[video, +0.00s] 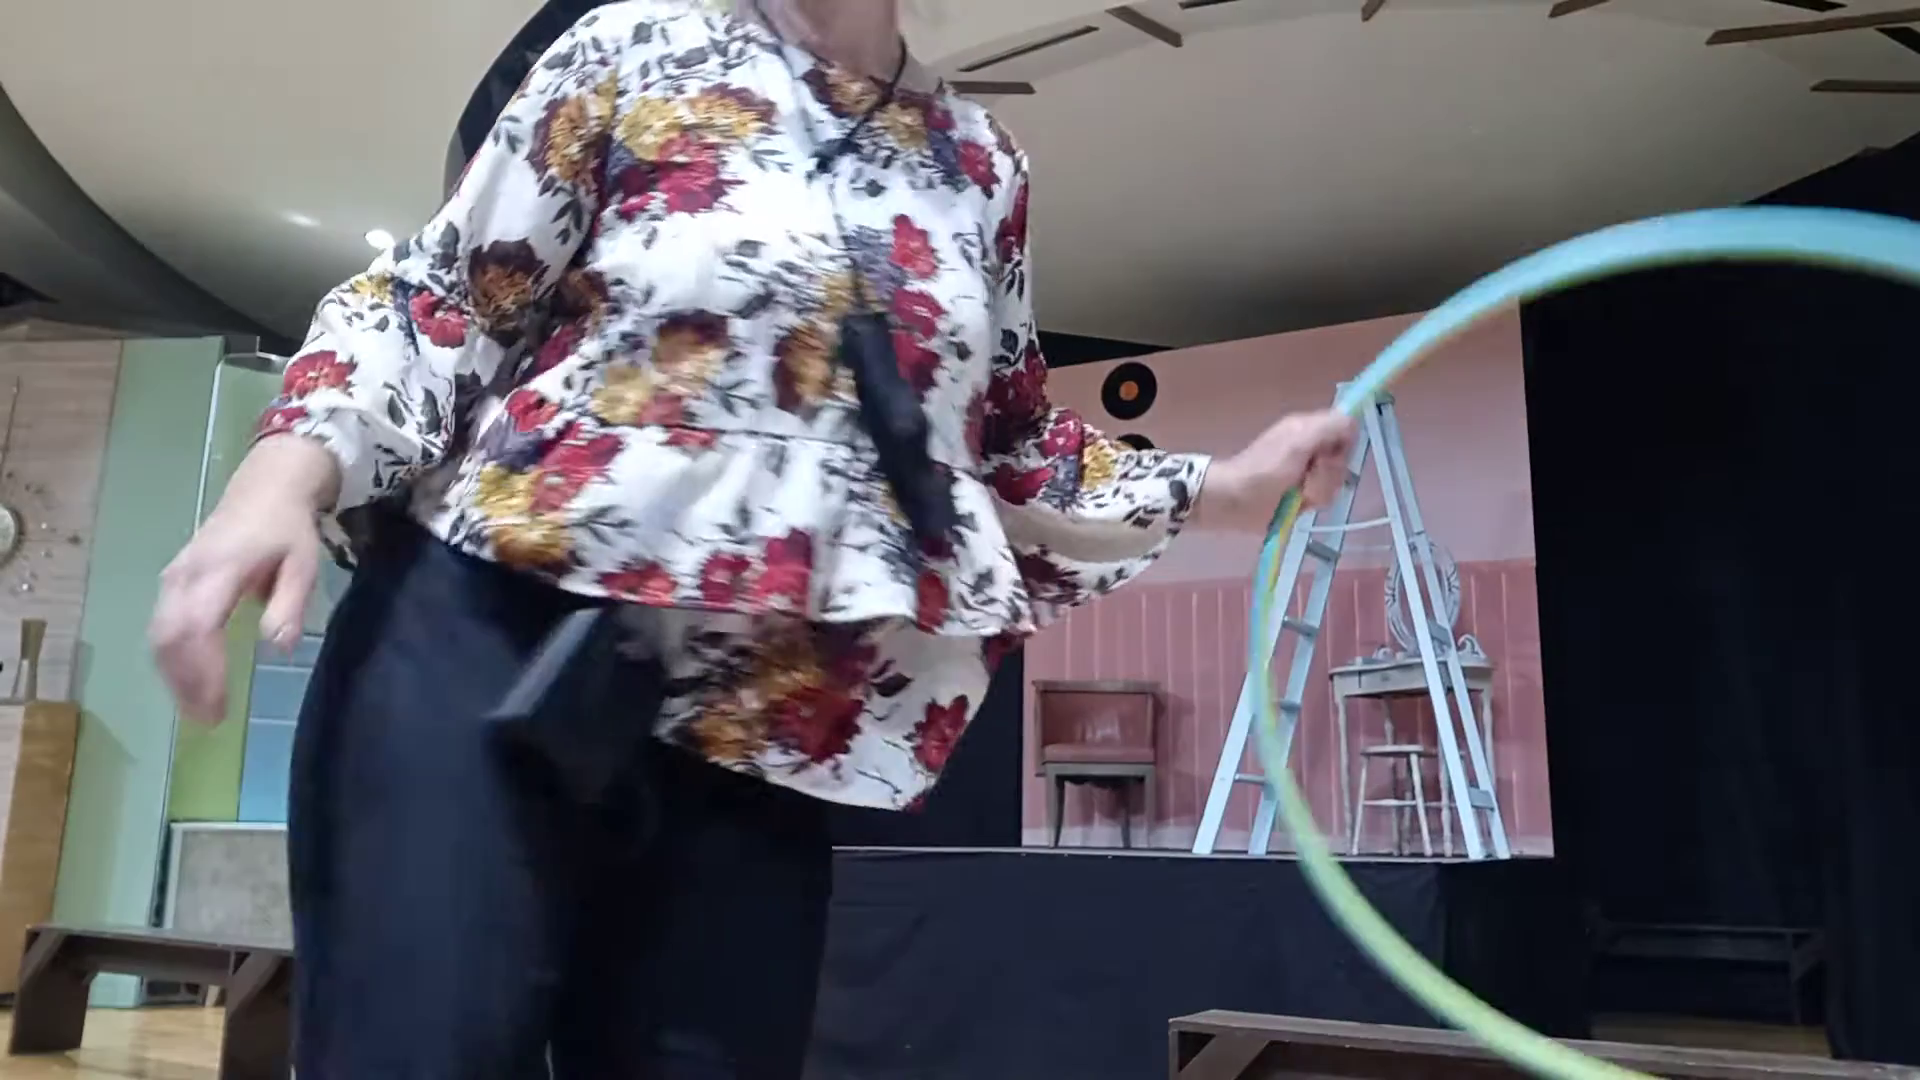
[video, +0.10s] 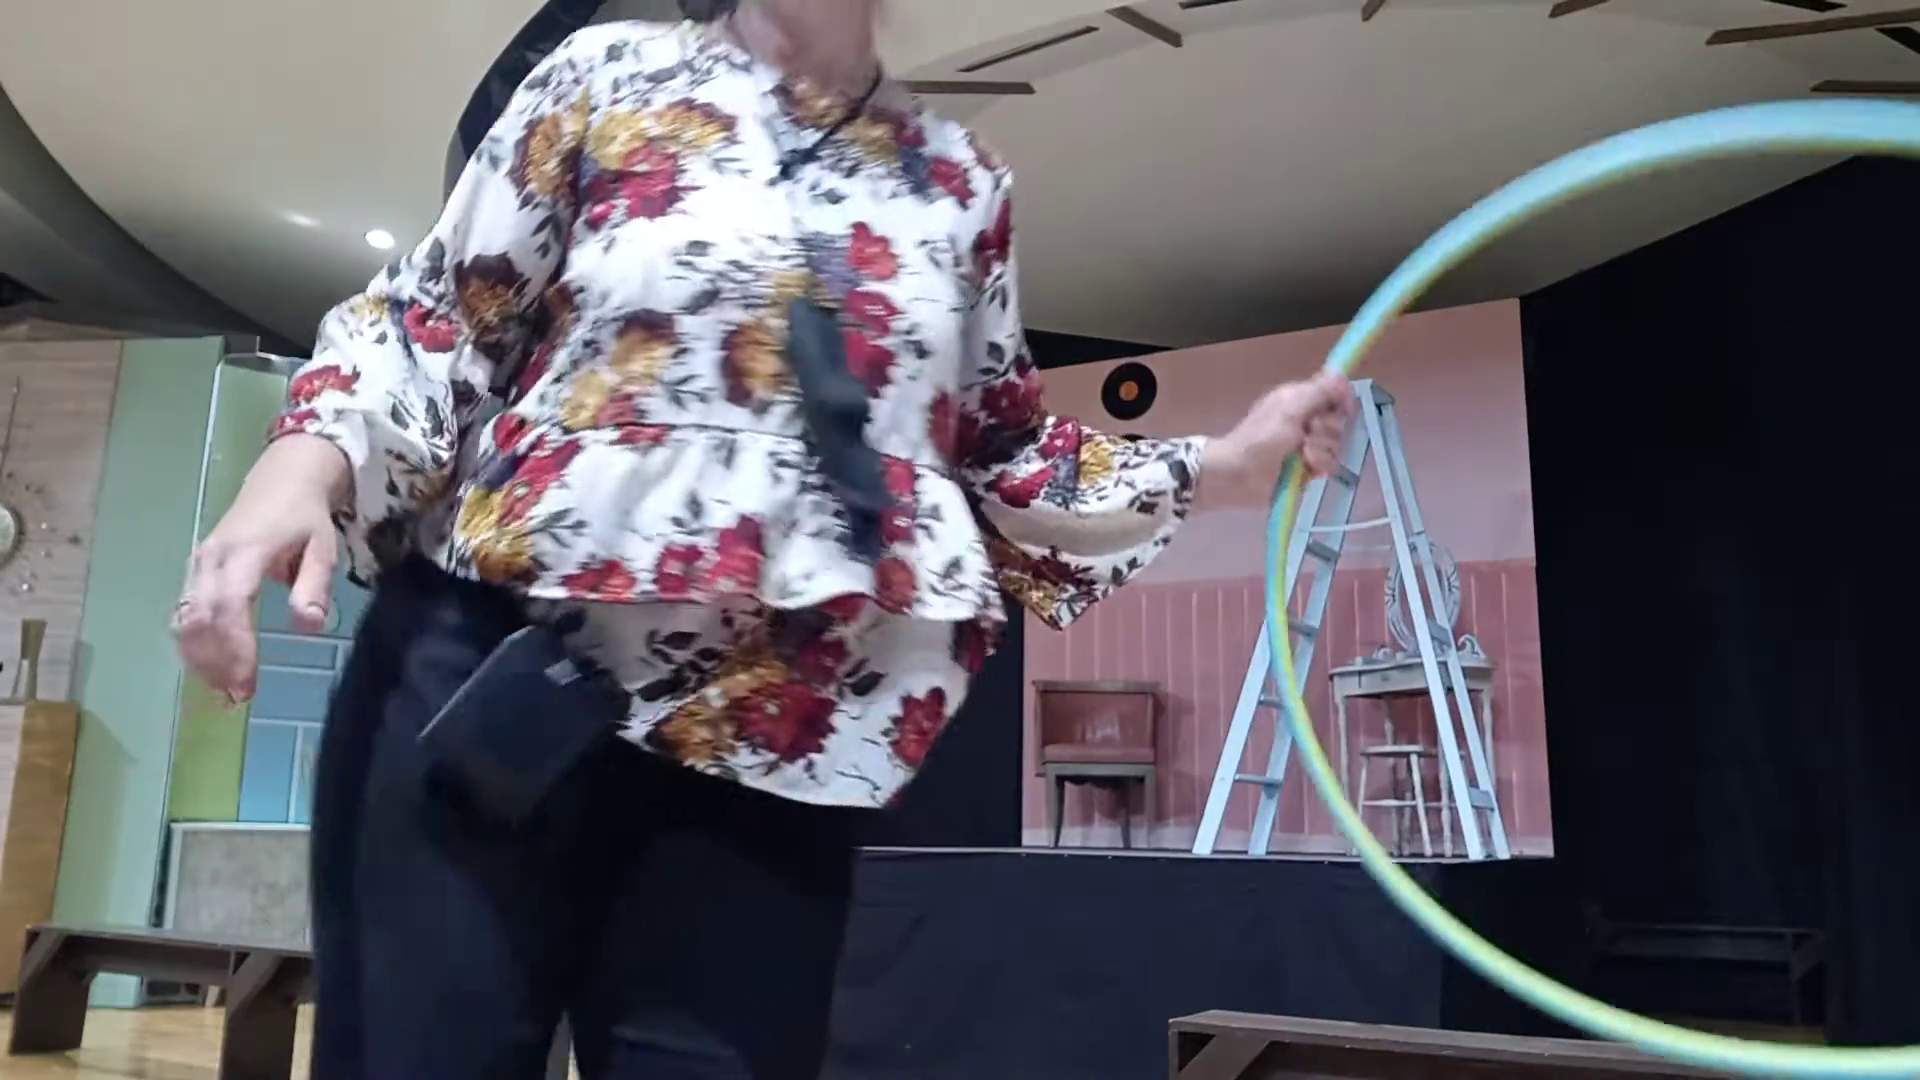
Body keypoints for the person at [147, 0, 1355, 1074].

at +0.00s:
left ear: (900, 2)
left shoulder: (979, 164)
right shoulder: (624, 54)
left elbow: (1004, 460)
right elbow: (440, 301)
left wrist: (1224, 483)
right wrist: (288, 471)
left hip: (758, 760)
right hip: (483, 660)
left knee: (711, 1064)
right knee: (434, 1051)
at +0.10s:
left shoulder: (962, 188)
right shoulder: (597, 80)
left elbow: (1001, 461)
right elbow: (438, 321)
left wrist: (1222, 459)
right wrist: (304, 464)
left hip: (775, 783)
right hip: (495, 711)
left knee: (724, 1060)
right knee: (423, 1059)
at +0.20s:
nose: (799, 6)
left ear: (861, 17)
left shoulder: (933, 211)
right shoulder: (570, 114)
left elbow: (983, 482)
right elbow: (416, 351)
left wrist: (1194, 439)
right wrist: (285, 506)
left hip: (771, 801)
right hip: (487, 737)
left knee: (719, 1067)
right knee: (429, 1064)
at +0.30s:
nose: (776, 14)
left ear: (826, 27)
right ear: (679, 13)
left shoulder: (888, 225)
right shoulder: (541, 163)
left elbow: (954, 501)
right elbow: (401, 394)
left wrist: (1144, 429)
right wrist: (258, 550)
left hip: (759, 785)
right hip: (495, 744)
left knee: (701, 1064)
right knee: (460, 1063)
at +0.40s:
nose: (682, 9)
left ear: (777, 31)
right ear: (609, 30)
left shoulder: (850, 250)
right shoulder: (510, 226)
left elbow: (937, 517)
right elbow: (381, 460)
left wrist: (1102, 414)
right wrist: (222, 644)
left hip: (738, 784)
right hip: (490, 766)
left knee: (687, 1059)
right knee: (499, 1060)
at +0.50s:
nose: (645, 43)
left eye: (682, 26)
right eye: (612, 24)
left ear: (730, 78)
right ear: (564, 74)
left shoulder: (817, 268)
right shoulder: (494, 277)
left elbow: (933, 510)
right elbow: (362, 525)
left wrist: (1061, 386)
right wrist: (212, 749)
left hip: (733, 808)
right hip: (500, 797)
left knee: (701, 1063)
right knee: (521, 1067)